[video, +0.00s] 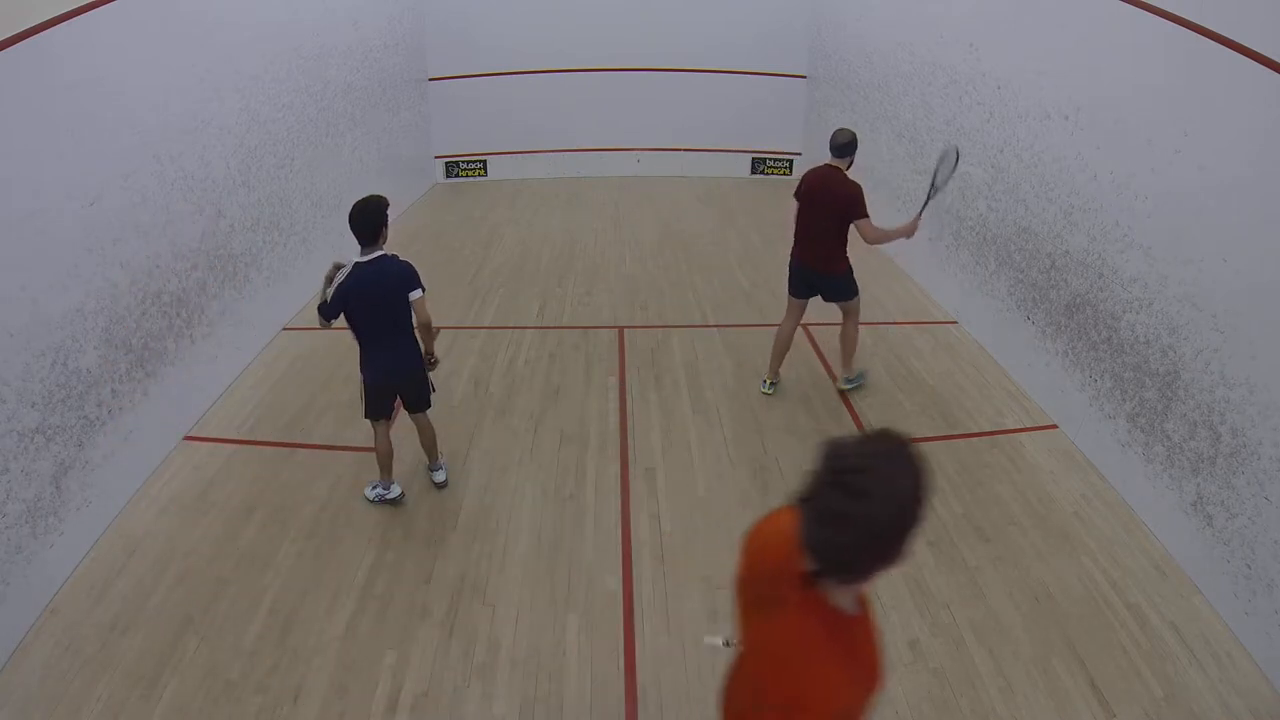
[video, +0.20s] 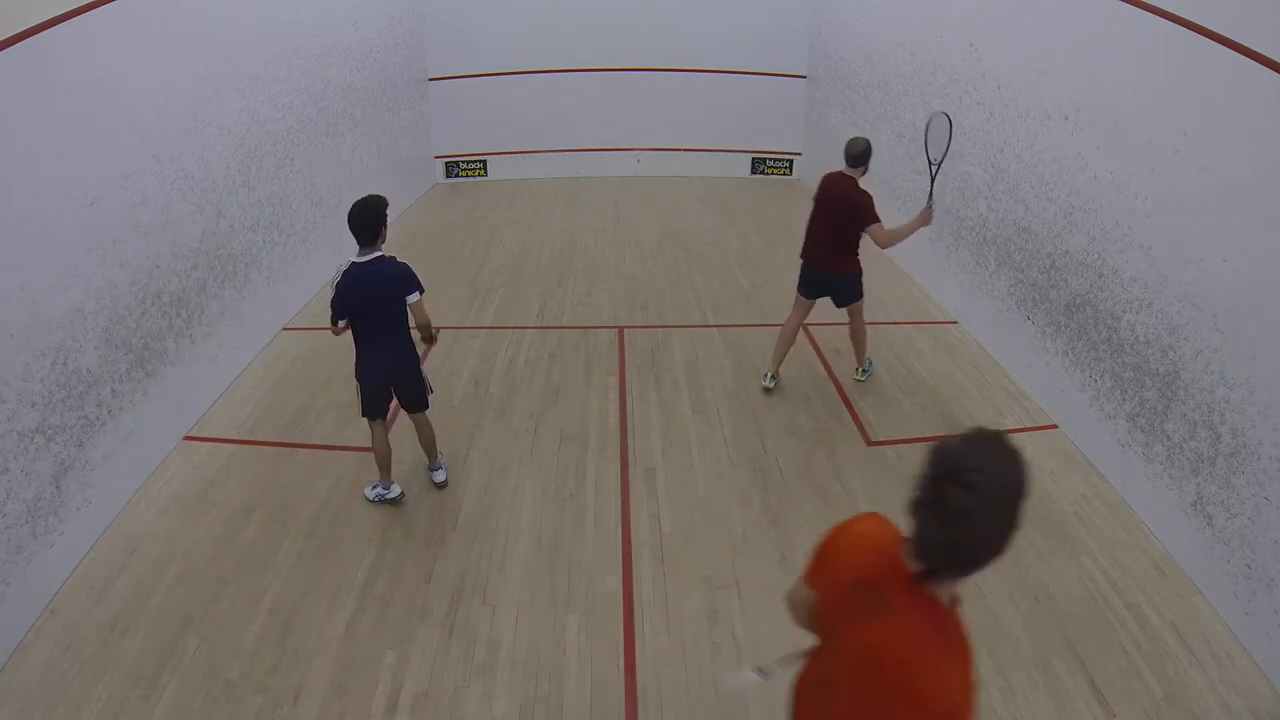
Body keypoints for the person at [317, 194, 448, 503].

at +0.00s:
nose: (389, 226)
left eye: (387, 221)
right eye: (387, 222)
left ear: (354, 233)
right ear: (383, 229)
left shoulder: (347, 280)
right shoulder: (402, 268)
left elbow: (325, 319)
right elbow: (423, 320)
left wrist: (326, 286)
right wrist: (429, 350)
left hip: (374, 370)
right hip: (408, 362)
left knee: (380, 428)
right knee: (420, 417)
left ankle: (387, 486)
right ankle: (436, 468)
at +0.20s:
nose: (387, 227)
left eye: (384, 223)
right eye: (386, 223)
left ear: (353, 233)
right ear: (382, 231)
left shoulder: (347, 278)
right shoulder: (399, 270)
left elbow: (337, 328)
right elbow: (422, 322)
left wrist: (359, 312)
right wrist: (428, 337)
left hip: (370, 368)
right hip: (404, 361)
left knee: (378, 427)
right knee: (419, 416)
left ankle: (386, 486)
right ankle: (436, 468)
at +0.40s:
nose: (378, 230)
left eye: (374, 226)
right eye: (376, 226)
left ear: (344, 236)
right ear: (372, 234)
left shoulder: (337, 283)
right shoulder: (389, 272)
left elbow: (331, 334)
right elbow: (417, 317)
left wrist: (354, 321)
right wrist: (419, 302)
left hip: (361, 371)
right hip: (395, 364)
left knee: (361, 427)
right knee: (416, 416)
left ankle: (373, 488)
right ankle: (436, 467)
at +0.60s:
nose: (349, 250)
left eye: (346, 246)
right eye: (347, 247)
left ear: (316, 258)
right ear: (344, 254)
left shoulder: (318, 305)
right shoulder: (365, 287)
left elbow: (315, 356)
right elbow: (399, 325)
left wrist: (334, 335)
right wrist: (394, 304)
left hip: (347, 384)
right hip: (381, 374)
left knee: (329, 436)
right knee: (410, 416)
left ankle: (331, 500)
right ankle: (434, 464)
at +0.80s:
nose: (303, 266)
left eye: (299, 262)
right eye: (300, 262)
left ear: (270, 276)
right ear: (297, 270)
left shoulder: (271, 322)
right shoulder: (318, 305)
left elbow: (263, 376)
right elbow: (357, 344)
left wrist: (281, 351)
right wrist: (351, 323)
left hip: (307, 403)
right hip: (340, 390)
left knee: (293, 448)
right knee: (381, 428)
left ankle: (321, 505)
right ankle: (423, 463)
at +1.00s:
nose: (263, 251)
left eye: (259, 246)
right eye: (260, 247)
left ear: (227, 260)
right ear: (256, 253)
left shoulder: (229, 306)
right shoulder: (279, 289)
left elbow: (223, 365)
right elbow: (316, 333)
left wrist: (238, 358)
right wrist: (290, 325)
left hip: (263, 397)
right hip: (296, 383)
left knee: (287, 458)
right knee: (313, 444)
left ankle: (304, 514)